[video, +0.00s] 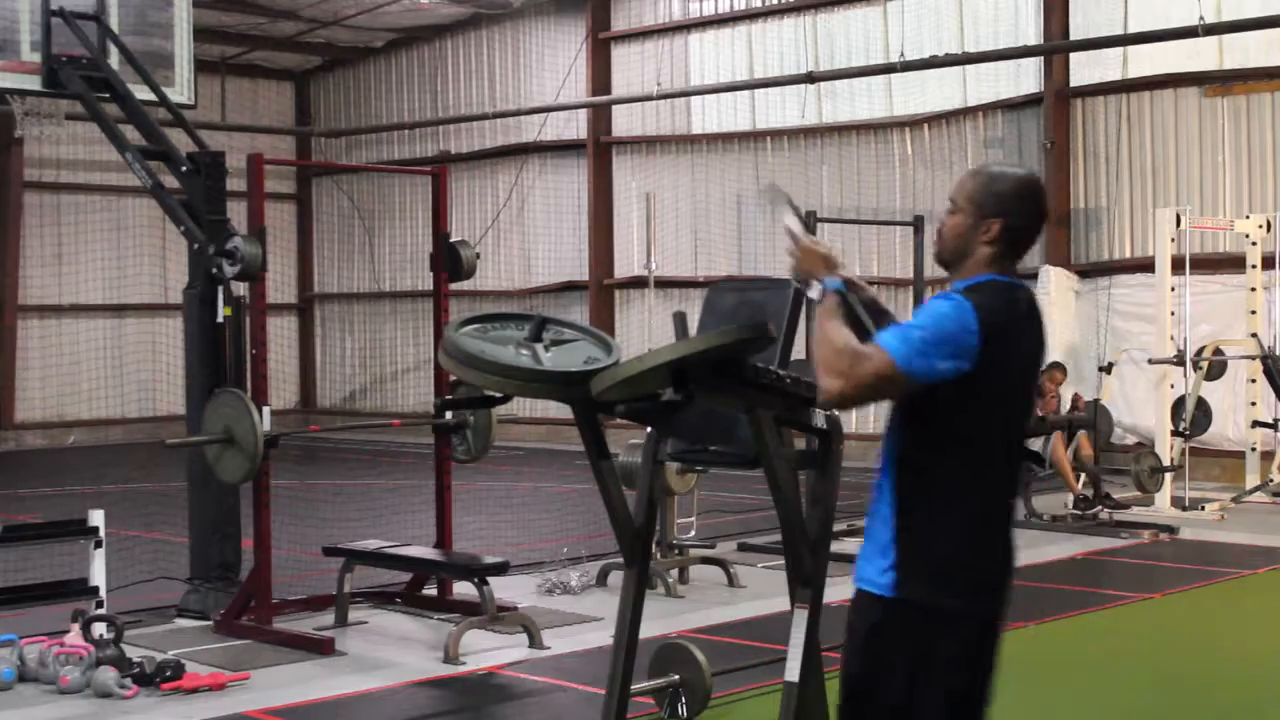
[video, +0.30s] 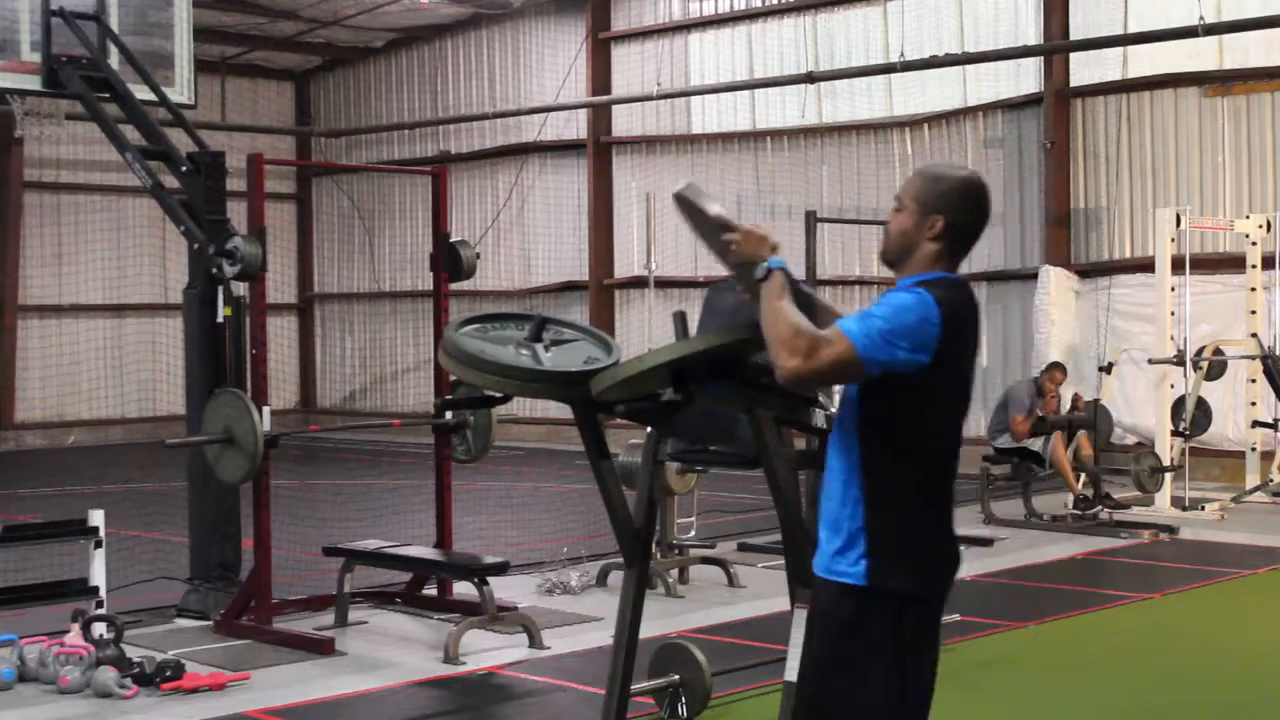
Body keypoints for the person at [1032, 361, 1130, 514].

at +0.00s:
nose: (1054, 388)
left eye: (1058, 385)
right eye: (1052, 383)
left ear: (1060, 383)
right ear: (1043, 377)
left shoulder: (1055, 395)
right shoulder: (1033, 394)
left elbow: (1059, 422)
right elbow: (1031, 424)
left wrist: (1073, 410)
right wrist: (1045, 411)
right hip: (1030, 439)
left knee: (1081, 434)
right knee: (1055, 437)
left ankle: (1099, 493)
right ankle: (1078, 496)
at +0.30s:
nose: (1054, 389)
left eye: (1058, 385)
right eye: (1052, 383)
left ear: (1061, 384)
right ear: (1042, 375)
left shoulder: (1051, 395)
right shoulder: (1020, 391)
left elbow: (1053, 425)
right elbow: (1018, 433)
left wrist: (1073, 412)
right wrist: (1043, 412)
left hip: (1028, 438)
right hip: (1004, 440)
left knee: (1080, 435)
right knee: (1054, 439)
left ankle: (1099, 493)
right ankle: (1078, 497)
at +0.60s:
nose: (1054, 388)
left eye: (1058, 385)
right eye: (1051, 382)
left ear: (1060, 385)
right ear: (1042, 374)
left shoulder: (1049, 395)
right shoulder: (1020, 391)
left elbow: (1054, 427)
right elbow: (1018, 434)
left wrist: (1073, 412)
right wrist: (1041, 411)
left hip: (1028, 438)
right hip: (1003, 439)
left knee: (1080, 435)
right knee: (1055, 439)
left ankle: (1099, 494)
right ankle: (1079, 498)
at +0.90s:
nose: (1053, 388)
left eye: (1058, 385)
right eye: (1051, 381)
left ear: (1061, 385)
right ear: (1042, 374)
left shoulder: (1050, 395)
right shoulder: (1021, 391)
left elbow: (1054, 427)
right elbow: (1018, 434)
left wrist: (1073, 411)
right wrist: (1041, 412)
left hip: (1028, 438)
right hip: (1004, 439)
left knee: (1081, 435)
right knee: (1055, 439)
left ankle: (1099, 494)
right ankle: (1079, 497)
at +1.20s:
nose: (1053, 388)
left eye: (1057, 385)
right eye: (1050, 381)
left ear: (1060, 385)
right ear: (1041, 374)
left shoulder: (1047, 395)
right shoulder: (1021, 391)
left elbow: (1050, 426)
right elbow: (1018, 434)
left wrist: (1073, 412)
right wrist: (1040, 412)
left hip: (1027, 438)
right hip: (1003, 439)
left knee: (1081, 436)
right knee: (1055, 439)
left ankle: (1099, 493)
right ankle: (1078, 497)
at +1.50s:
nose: (1053, 389)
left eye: (1058, 385)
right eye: (1051, 382)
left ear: (1061, 385)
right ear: (1042, 374)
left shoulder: (1051, 396)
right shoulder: (1020, 392)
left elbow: (1055, 428)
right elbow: (1018, 435)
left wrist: (1073, 411)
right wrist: (1040, 412)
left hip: (1029, 438)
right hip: (1004, 439)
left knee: (1080, 435)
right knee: (1055, 439)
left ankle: (1100, 494)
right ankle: (1079, 498)